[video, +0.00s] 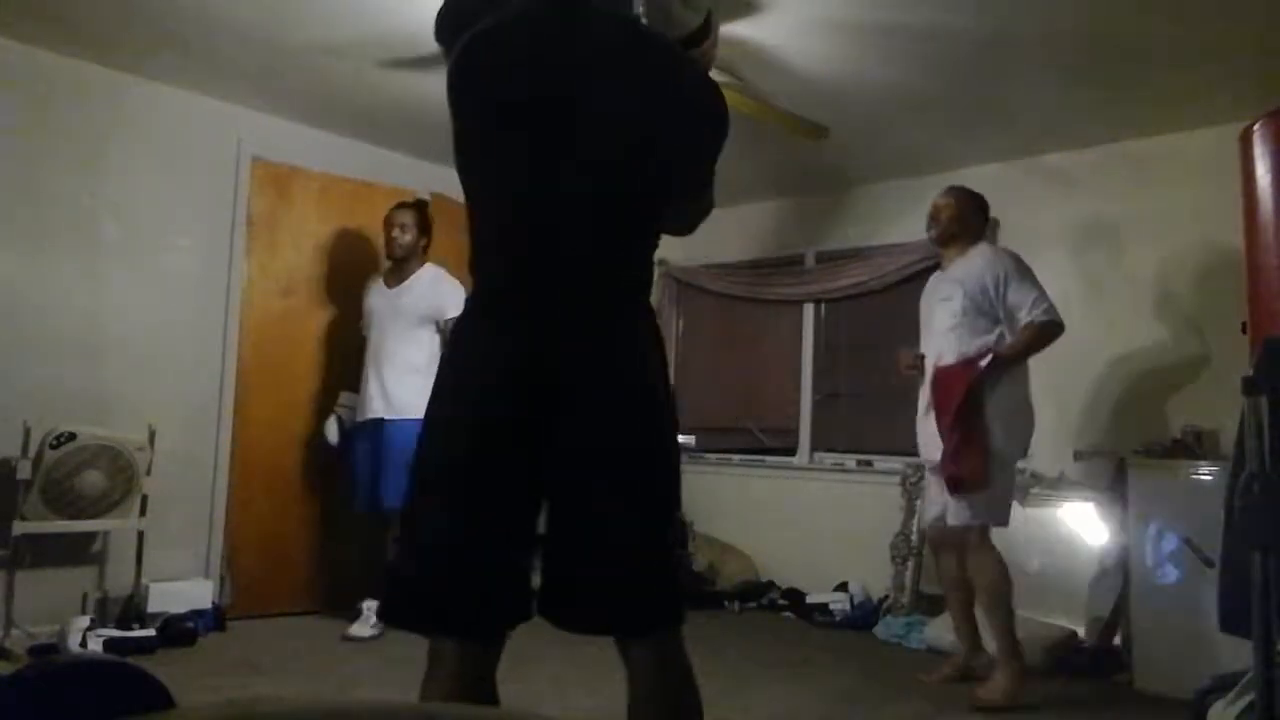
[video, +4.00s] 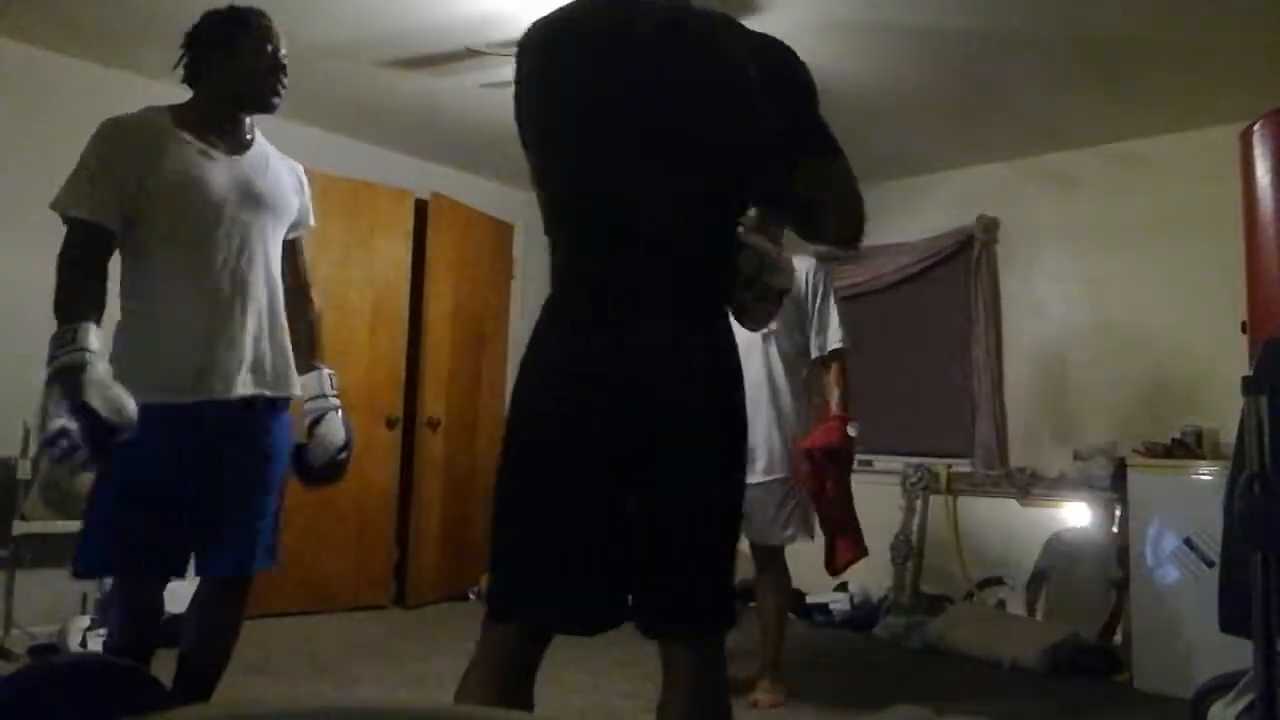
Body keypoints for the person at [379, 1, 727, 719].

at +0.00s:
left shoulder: (479, 58)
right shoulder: (676, 82)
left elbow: (455, 15)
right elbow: (682, 211)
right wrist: (688, 74)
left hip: (493, 362)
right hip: (614, 368)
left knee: (461, 640)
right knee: (650, 635)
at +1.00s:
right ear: (708, 3)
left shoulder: (554, 60)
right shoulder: (751, 84)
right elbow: (773, 208)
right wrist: (766, 82)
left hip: (574, 358)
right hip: (694, 367)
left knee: (493, 617)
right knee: (704, 645)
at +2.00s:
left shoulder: (406, 51)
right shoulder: (583, 37)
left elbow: (427, 240)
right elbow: (659, 203)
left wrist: (588, 309)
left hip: (436, 373)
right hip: (564, 375)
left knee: (409, 639)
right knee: (617, 642)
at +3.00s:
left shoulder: (585, 65)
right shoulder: (799, 70)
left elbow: (568, 244)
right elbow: (881, 236)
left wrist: (652, 292)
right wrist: (768, 219)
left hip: (603, 354)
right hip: (723, 359)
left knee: (527, 611)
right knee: (707, 634)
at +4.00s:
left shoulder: (548, 41)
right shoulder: (757, 61)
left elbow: (566, 219)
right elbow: (842, 222)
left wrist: (722, 258)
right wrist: (750, 168)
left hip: (568, 359)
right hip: (692, 365)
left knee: (513, 627)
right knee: (691, 642)